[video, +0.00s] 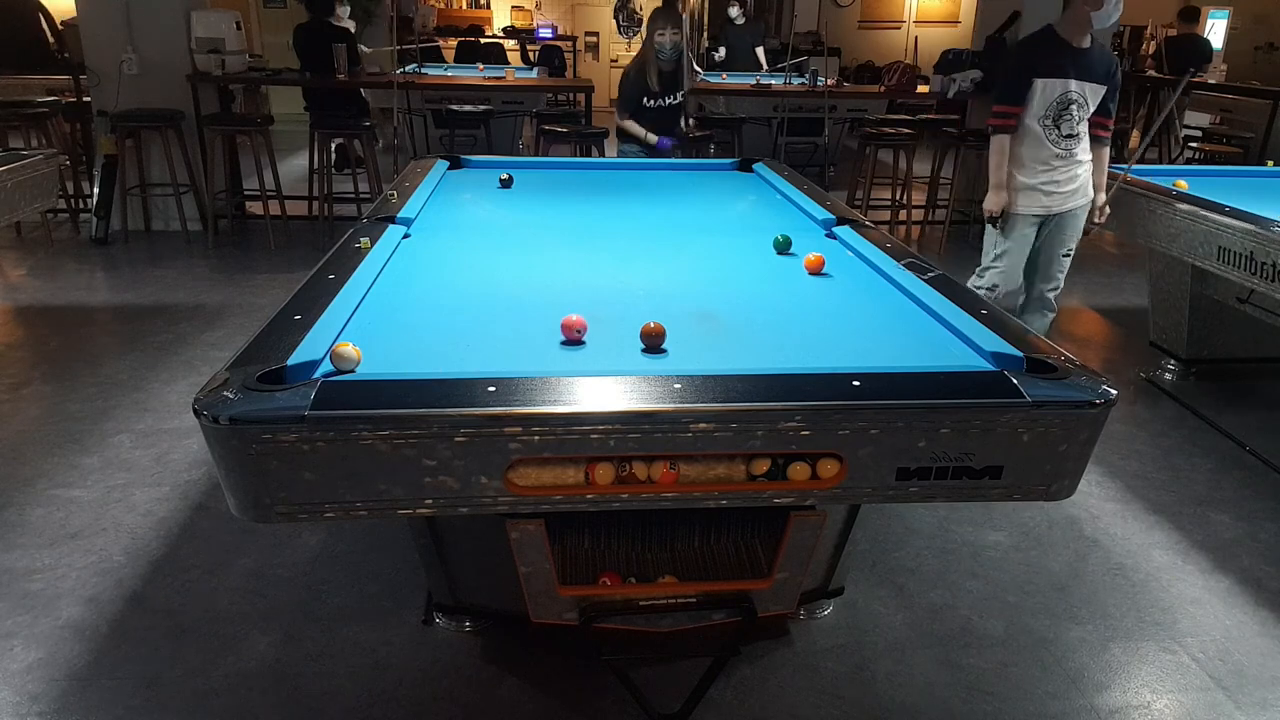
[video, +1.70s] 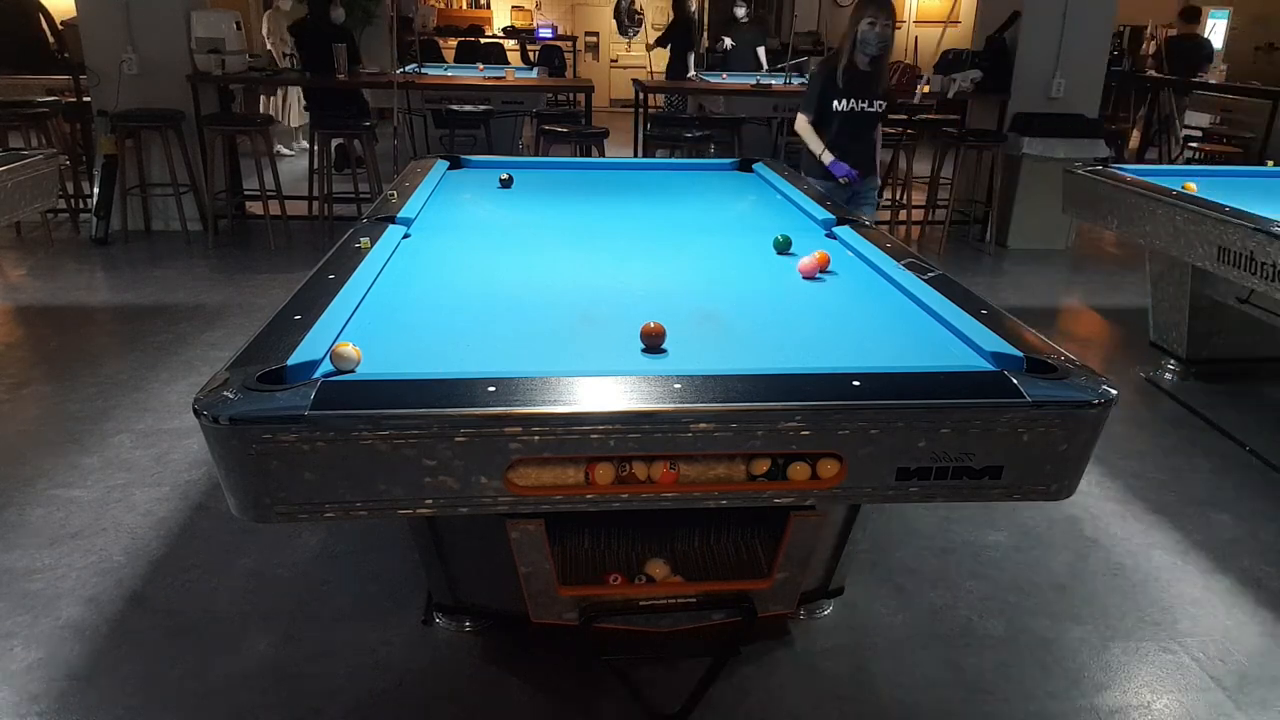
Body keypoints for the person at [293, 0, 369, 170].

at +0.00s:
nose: (340, 9)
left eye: (340, 5)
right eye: (338, 5)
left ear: (308, 7)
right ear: (333, 7)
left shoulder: (299, 31)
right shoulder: (344, 34)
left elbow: (306, 63)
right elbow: (356, 72)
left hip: (314, 102)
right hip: (345, 103)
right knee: (362, 105)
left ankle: (349, 150)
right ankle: (344, 148)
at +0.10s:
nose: (338, 7)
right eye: (336, 4)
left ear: (308, 8)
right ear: (332, 8)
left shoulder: (300, 31)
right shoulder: (344, 34)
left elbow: (306, 64)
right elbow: (357, 73)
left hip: (315, 104)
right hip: (346, 105)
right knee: (362, 105)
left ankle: (351, 150)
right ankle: (344, 148)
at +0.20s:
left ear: (308, 8)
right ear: (331, 8)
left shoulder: (300, 31)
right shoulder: (343, 32)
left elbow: (305, 65)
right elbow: (357, 71)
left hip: (315, 103)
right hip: (346, 104)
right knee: (362, 106)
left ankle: (351, 150)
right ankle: (345, 148)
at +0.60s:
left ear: (307, 8)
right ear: (332, 8)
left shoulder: (300, 31)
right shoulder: (343, 31)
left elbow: (303, 68)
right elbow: (356, 71)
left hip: (315, 103)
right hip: (346, 104)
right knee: (362, 106)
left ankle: (351, 151)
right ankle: (344, 148)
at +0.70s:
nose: (336, 7)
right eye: (333, 4)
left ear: (307, 8)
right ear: (331, 7)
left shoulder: (300, 30)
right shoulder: (342, 30)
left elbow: (295, 63)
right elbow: (355, 67)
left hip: (314, 102)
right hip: (346, 103)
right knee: (362, 107)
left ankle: (351, 151)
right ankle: (344, 148)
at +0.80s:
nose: (339, 8)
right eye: (336, 4)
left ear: (306, 8)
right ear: (330, 7)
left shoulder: (299, 31)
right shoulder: (342, 30)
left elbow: (302, 66)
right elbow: (355, 70)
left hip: (314, 103)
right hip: (345, 104)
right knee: (362, 107)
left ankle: (352, 150)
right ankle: (345, 149)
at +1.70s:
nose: (341, 11)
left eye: (340, 7)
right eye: (338, 7)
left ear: (309, 8)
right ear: (332, 8)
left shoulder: (298, 29)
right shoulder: (342, 33)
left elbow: (304, 66)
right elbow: (356, 71)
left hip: (315, 104)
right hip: (345, 105)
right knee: (362, 105)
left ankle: (352, 151)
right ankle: (346, 148)